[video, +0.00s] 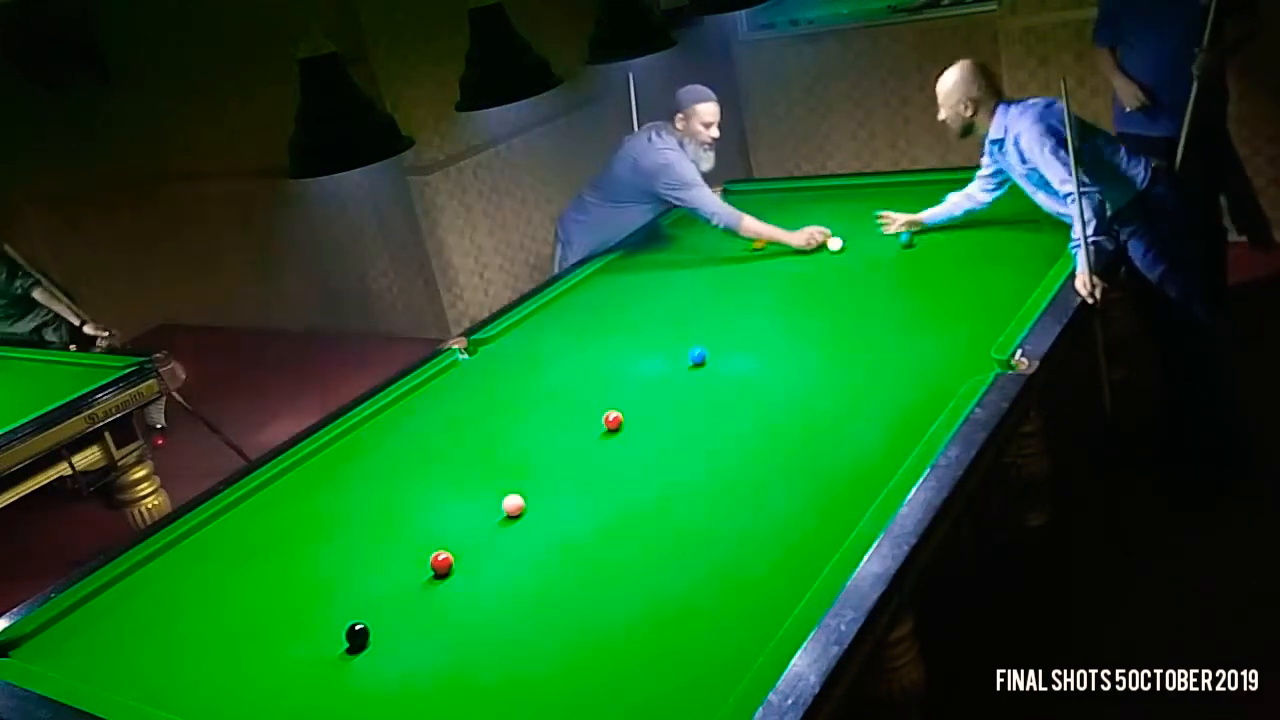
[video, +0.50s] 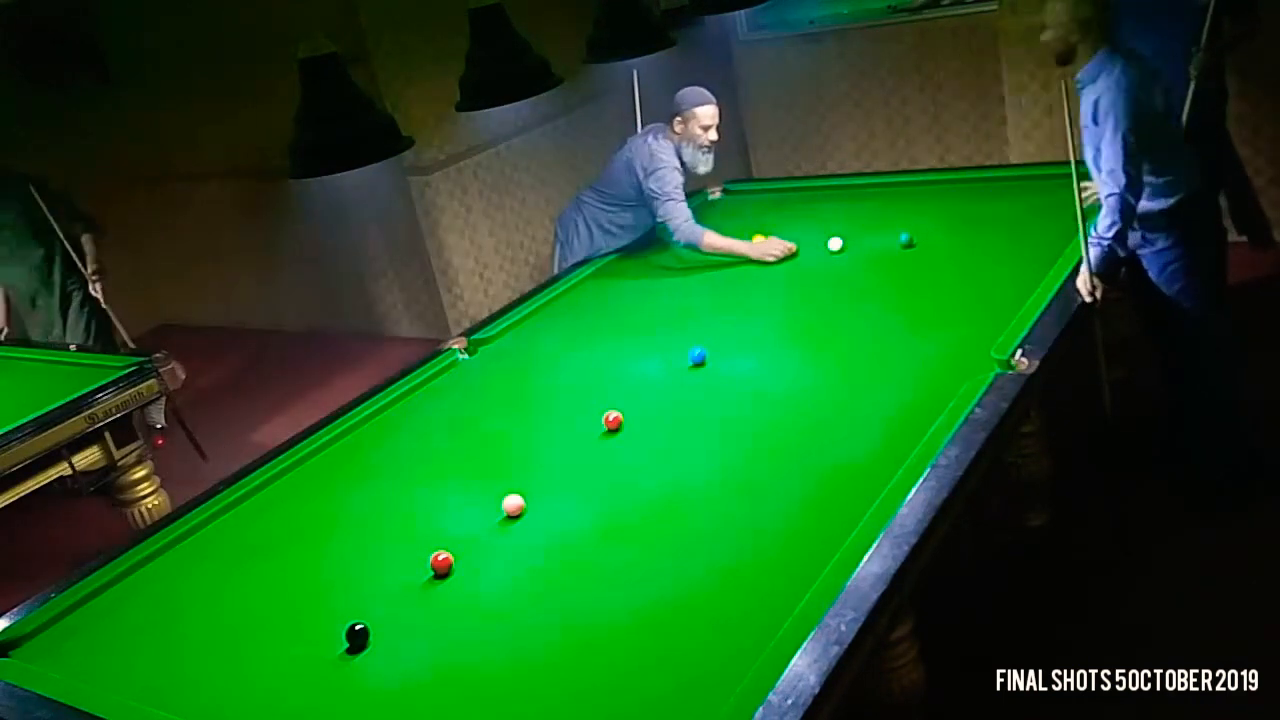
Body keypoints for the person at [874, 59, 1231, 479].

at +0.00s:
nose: (940, 117)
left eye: (942, 106)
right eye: (938, 107)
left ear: (969, 103)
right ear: (971, 102)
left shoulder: (1030, 127)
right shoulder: (1000, 144)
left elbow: (1082, 190)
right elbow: (977, 195)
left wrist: (1086, 259)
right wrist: (917, 219)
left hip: (1147, 209)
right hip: (1122, 218)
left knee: (1190, 321)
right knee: (1171, 325)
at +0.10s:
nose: (956, 96)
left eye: (959, 85)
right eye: (955, 86)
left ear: (984, 84)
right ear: (986, 83)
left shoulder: (1040, 111)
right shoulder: (1014, 126)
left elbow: (1083, 183)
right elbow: (1012, 180)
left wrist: (1087, 259)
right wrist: (958, 211)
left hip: (1140, 216)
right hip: (1110, 223)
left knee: (1186, 325)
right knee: (1161, 329)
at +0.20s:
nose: (975, 76)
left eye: (981, 65)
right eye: (975, 65)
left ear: (1010, 64)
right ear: (1011, 63)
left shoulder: (1060, 105)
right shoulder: (1038, 105)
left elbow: (1092, 188)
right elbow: (1053, 168)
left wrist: (1089, 261)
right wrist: (1000, 203)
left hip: (1154, 222)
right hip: (1128, 223)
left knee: (1189, 337)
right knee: (1168, 338)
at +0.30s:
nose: (998, 59)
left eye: (1005, 48)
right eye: (999, 48)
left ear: (1036, 47)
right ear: (1037, 46)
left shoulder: (1074, 95)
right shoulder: (1068, 87)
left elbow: (1099, 186)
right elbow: (1085, 165)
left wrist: (1092, 260)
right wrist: (1041, 195)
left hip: (1161, 231)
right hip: (1151, 225)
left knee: (1192, 348)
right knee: (1184, 343)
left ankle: (1217, 467)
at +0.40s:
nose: (1019, 46)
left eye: (1028, 33)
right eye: (1020, 34)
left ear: (1059, 32)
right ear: (1066, 31)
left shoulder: (1093, 87)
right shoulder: (1087, 80)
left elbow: (1108, 186)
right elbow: (1126, 157)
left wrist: (1094, 261)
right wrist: (1084, 187)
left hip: (1166, 234)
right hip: (1154, 230)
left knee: (1190, 357)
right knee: (1181, 353)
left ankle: (1214, 475)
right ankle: (1198, 466)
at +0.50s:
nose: (1044, 39)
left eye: (1051, 28)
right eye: (1044, 29)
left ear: (1080, 29)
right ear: (1083, 29)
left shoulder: (1113, 85)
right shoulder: (1109, 75)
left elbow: (1119, 186)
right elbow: (1140, 154)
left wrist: (1095, 259)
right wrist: (1106, 182)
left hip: (1168, 237)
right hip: (1161, 233)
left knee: (1189, 359)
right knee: (1183, 356)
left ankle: (1211, 472)